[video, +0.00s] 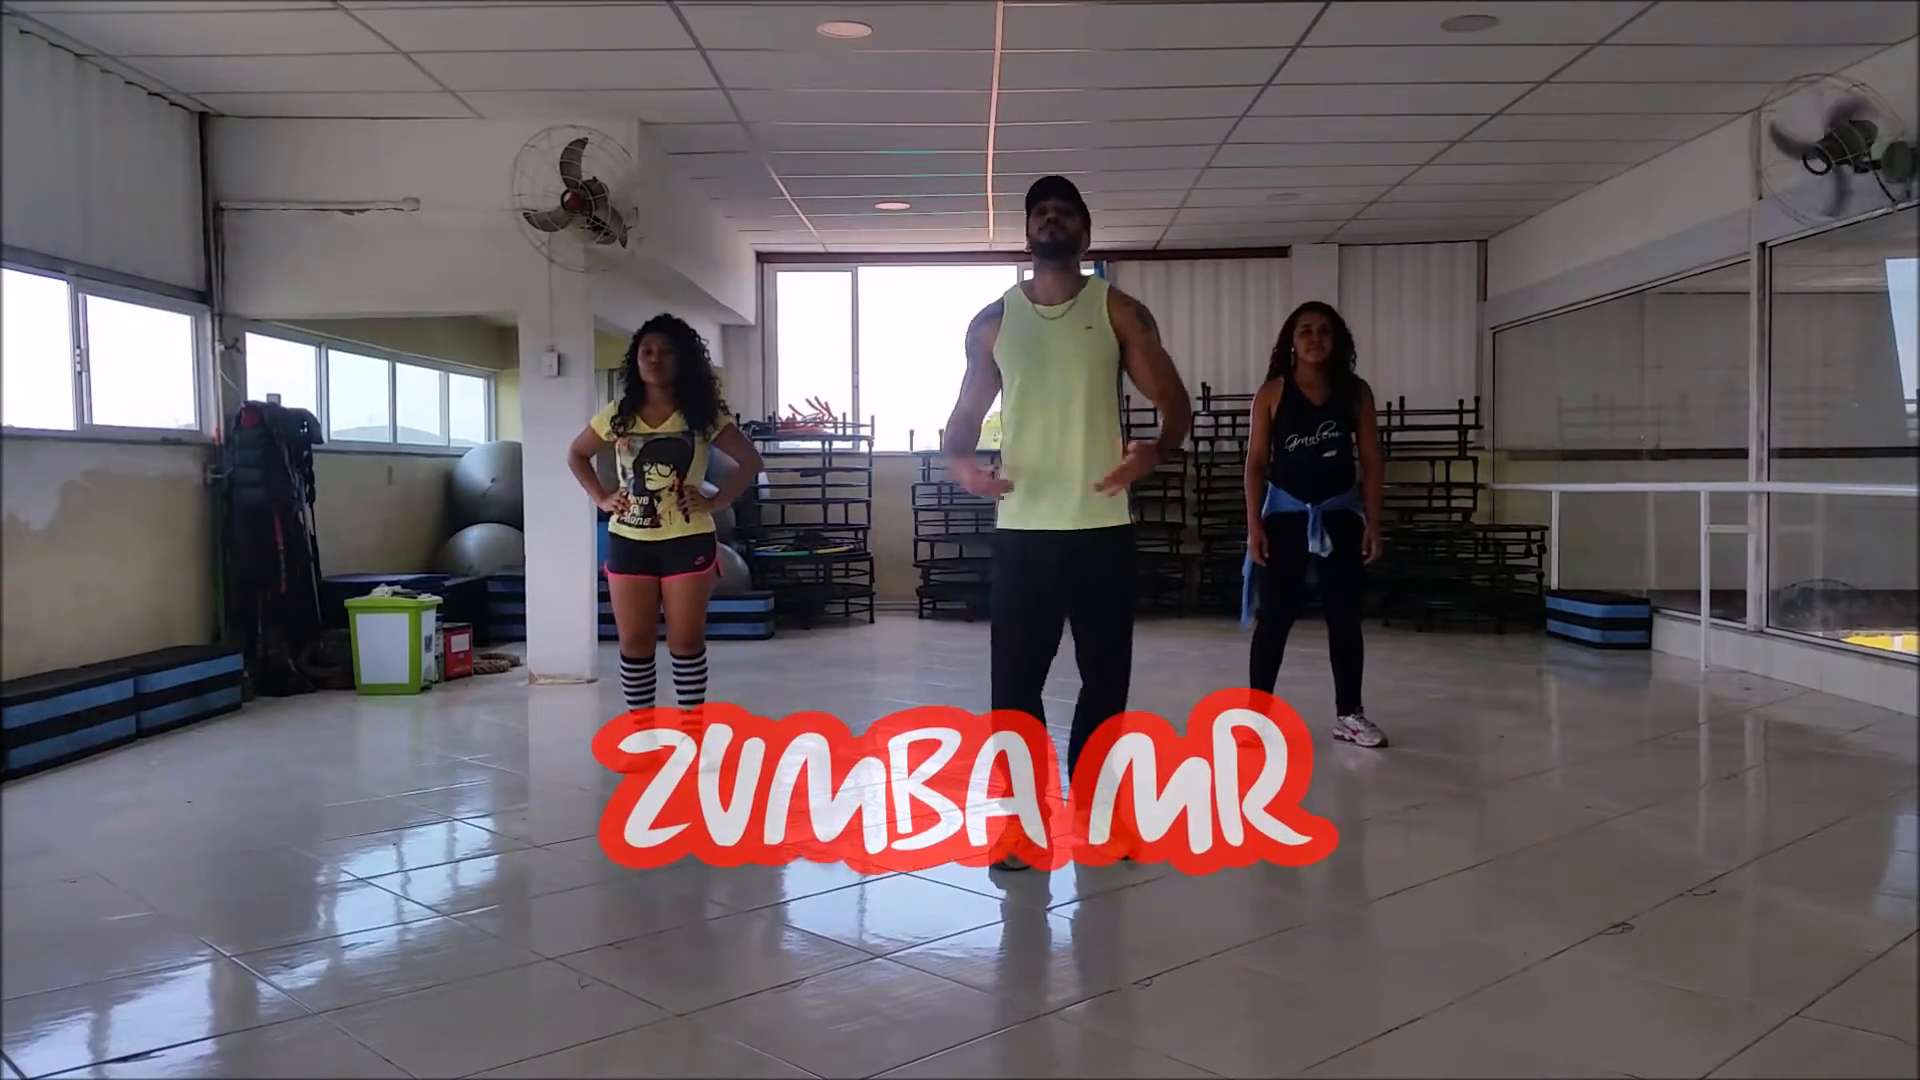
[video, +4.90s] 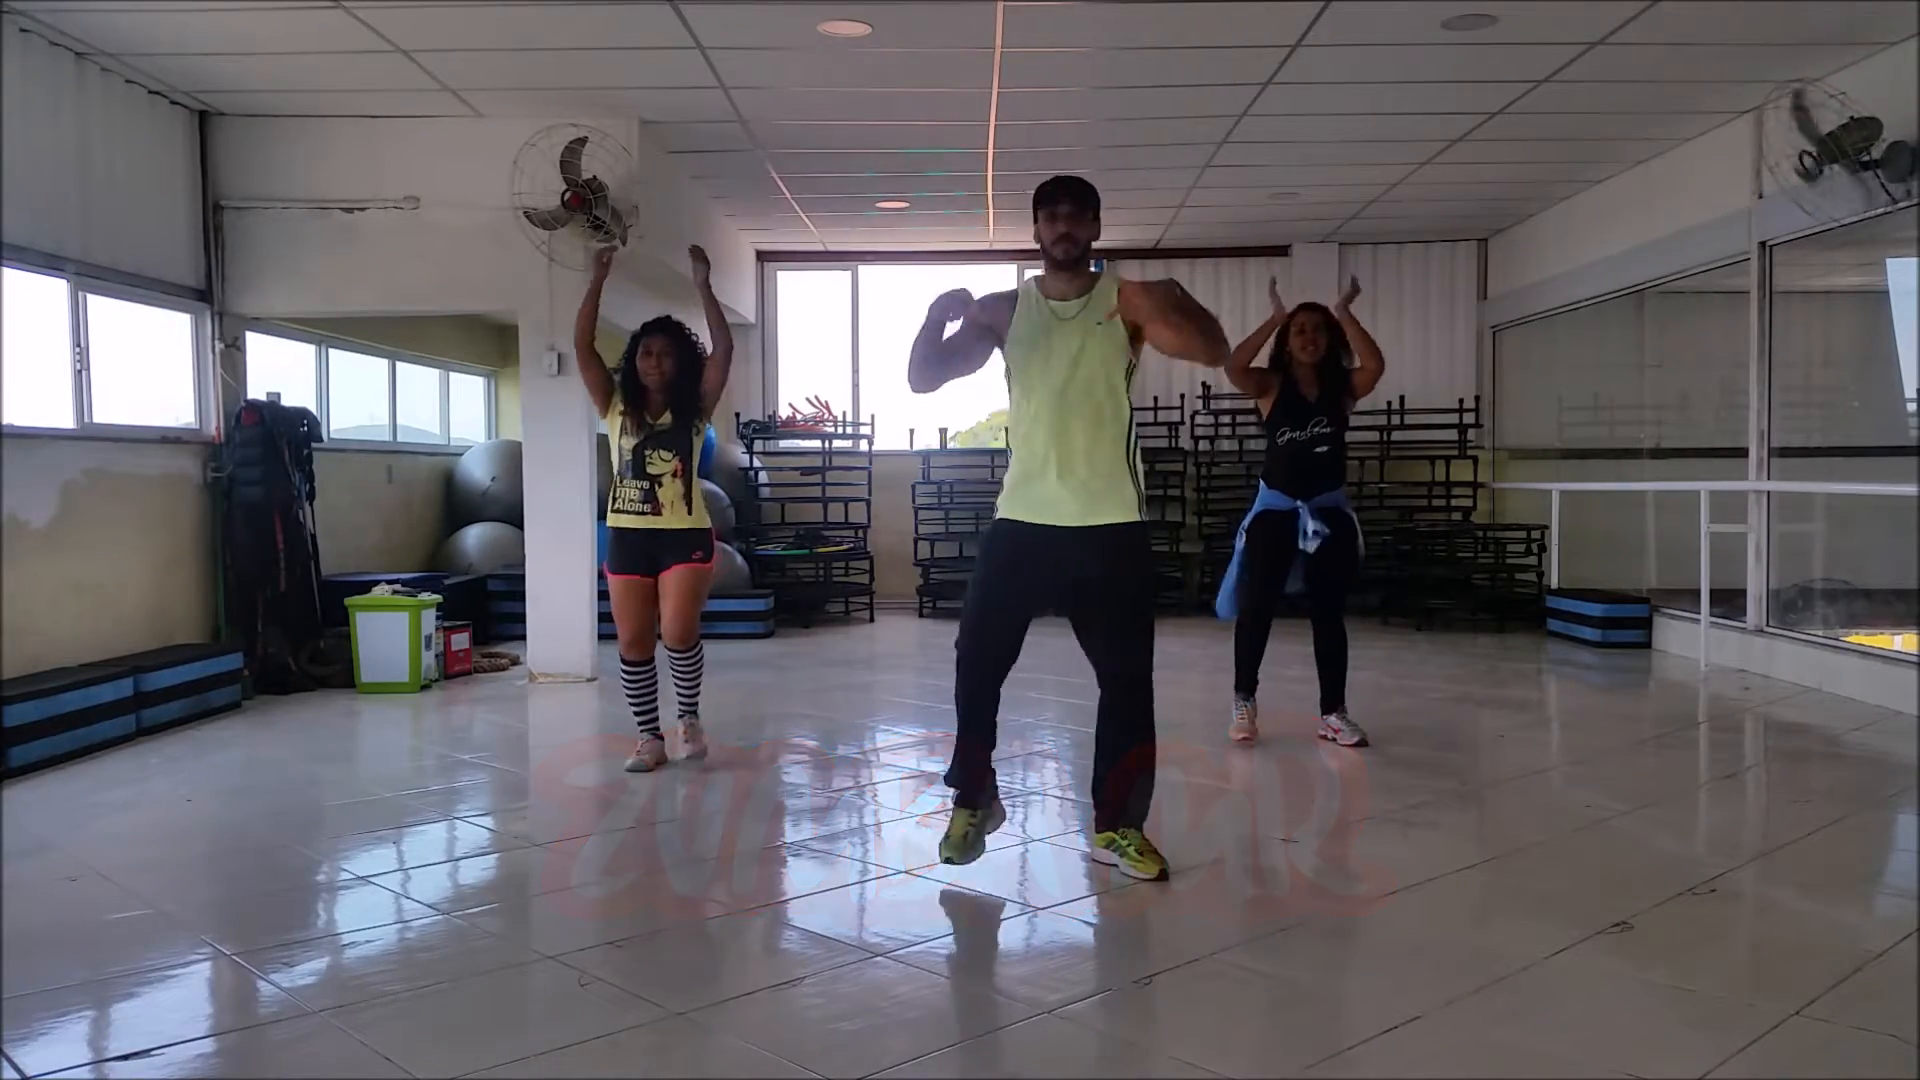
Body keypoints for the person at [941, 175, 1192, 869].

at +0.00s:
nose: (1054, 222)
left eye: (1066, 214)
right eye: (1042, 215)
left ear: (1087, 231)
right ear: (1025, 234)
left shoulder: (1119, 312)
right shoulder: (995, 324)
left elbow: (1175, 403)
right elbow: (964, 422)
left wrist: (1155, 452)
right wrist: (959, 463)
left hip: (1103, 529)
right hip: (1023, 532)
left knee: (1106, 684)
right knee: (1013, 689)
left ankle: (1095, 817)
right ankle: (1016, 828)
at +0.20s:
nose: (1068, 230)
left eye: (1081, 224)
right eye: (1057, 224)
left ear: (1103, 243)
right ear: (1042, 244)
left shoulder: (1135, 322)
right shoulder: (1005, 329)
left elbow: (1190, 401)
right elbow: (951, 413)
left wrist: (1200, 370)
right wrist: (928, 369)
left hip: (1115, 535)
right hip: (1032, 531)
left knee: (1116, 693)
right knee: (1008, 678)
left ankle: (1092, 819)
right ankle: (997, 814)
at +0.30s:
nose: (1069, 225)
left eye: (1081, 219)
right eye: (1058, 219)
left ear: (1100, 239)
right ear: (1041, 239)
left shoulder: (1125, 304)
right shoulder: (1011, 315)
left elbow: (1170, 355)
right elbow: (963, 377)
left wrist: (1159, 281)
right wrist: (953, 289)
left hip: (1115, 526)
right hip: (1033, 523)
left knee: (1114, 685)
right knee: (1007, 669)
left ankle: (1097, 807)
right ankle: (1002, 799)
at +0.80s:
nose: (1032, 220)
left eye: (1046, 214)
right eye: (1020, 215)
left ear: (1064, 236)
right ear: (1004, 238)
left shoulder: (1091, 303)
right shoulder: (982, 309)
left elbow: (1141, 275)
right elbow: (931, 298)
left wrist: (1116, 184)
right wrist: (946, 203)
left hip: (1087, 521)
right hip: (1006, 525)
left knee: (1110, 667)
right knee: (1004, 683)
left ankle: (1087, 797)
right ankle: (1006, 816)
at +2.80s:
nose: (1050, 240)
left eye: (1057, 228)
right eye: (1037, 227)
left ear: (1066, 241)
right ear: (1008, 234)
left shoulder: (1078, 304)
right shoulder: (974, 304)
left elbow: (1123, 279)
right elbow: (951, 317)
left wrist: (1052, 197)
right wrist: (1014, 241)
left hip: (1077, 524)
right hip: (995, 526)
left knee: (1082, 710)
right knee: (982, 708)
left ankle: (1086, 849)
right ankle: (973, 848)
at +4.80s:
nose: (1065, 230)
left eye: (1077, 218)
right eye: (1054, 218)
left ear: (1093, 229)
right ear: (1033, 229)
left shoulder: (1117, 298)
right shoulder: (1009, 303)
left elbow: (1164, 335)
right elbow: (954, 363)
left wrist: (1106, 259)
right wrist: (1002, 280)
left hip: (1106, 520)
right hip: (1021, 520)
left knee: (1123, 679)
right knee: (990, 674)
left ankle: (1119, 823)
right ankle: (992, 811)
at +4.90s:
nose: (1066, 228)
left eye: (1079, 216)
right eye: (1053, 217)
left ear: (1098, 226)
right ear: (1035, 229)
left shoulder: (1129, 300)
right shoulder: (1004, 309)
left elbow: (1211, 350)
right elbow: (922, 378)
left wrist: (1179, 300)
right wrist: (937, 315)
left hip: (1109, 525)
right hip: (1021, 523)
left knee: (1127, 680)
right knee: (977, 663)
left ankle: (1118, 825)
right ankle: (973, 801)